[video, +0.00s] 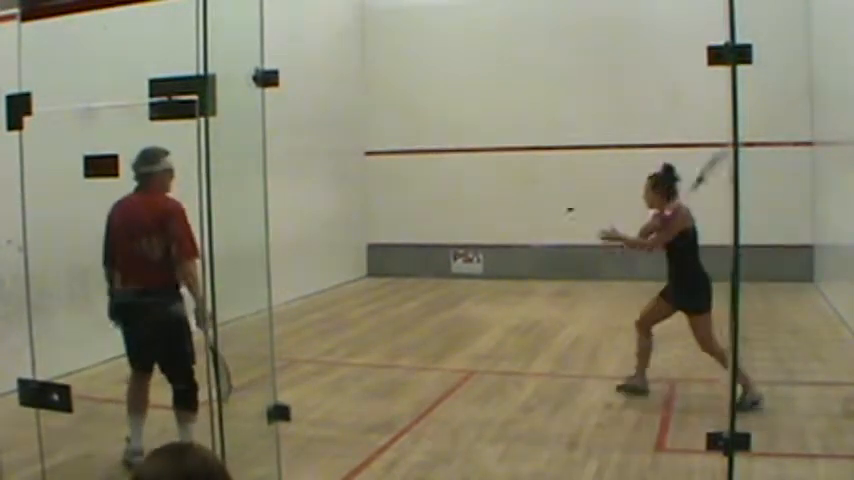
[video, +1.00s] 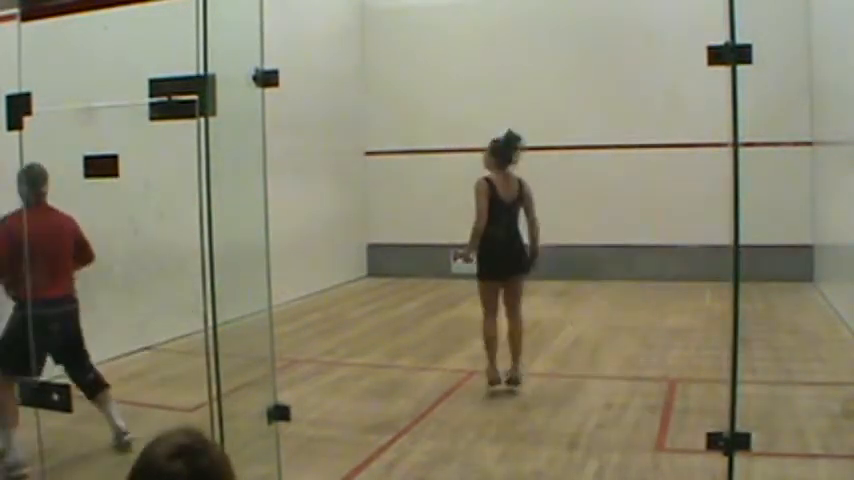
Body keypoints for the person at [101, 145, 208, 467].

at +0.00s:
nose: (172, 178)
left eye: (171, 172)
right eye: (169, 173)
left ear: (140, 176)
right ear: (159, 176)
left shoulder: (119, 209)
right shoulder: (170, 209)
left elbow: (110, 261)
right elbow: (186, 263)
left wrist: (115, 296)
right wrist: (200, 302)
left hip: (129, 302)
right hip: (165, 302)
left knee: (140, 371)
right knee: (182, 377)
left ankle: (134, 445)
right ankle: (187, 446)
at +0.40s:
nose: (130, 185)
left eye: (126, 180)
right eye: (128, 181)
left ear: (100, 184)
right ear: (124, 183)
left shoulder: (82, 216)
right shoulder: (139, 214)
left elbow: (73, 265)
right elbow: (155, 260)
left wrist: (91, 291)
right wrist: (163, 299)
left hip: (99, 305)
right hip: (134, 302)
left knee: (111, 377)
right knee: (141, 368)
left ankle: (131, 444)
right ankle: (149, 435)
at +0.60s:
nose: (81, 187)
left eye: (83, 182)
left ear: (85, 186)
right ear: (111, 187)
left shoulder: (68, 218)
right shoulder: (128, 219)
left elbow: (58, 266)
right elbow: (147, 258)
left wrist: (81, 288)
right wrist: (145, 295)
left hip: (86, 306)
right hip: (121, 304)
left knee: (76, 371)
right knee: (119, 367)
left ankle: (112, 426)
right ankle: (129, 433)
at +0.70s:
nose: (75, 190)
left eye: (73, 185)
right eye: (86, 183)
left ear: (72, 188)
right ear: (98, 187)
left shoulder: (59, 222)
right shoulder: (118, 220)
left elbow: (49, 270)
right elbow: (141, 261)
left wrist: (72, 289)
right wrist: (129, 297)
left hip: (77, 309)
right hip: (113, 305)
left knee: (58, 366)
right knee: (113, 367)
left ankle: (84, 427)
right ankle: (127, 430)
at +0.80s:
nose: (73, 189)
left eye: (64, 185)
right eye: (80, 182)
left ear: (58, 188)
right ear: (83, 185)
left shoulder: (47, 222)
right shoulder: (105, 219)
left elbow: (34, 264)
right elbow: (129, 258)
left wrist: (56, 285)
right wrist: (109, 280)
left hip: (66, 309)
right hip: (102, 306)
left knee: (43, 372)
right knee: (109, 368)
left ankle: (41, 447)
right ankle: (129, 430)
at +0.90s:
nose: (58, 190)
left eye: (47, 186)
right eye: (61, 184)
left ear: (40, 189)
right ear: (66, 188)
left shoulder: (30, 225)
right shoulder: (87, 220)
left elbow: (18, 271)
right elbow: (109, 257)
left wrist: (41, 289)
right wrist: (84, 275)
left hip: (52, 313)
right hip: (88, 309)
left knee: (25, 376)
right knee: (100, 368)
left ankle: (16, 447)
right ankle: (127, 429)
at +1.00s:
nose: (27, 192)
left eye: (24, 186)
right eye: (33, 185)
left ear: (20, 189)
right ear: (46, 188)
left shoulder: (10, 226)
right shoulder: (65, 222)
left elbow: (5, 272)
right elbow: (86, 256)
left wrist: (18, 291)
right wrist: (58, 266)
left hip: (29, 314)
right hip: (65, 311)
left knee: (5, 375)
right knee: (82, 368)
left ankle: (11, 451)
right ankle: (120, 427)